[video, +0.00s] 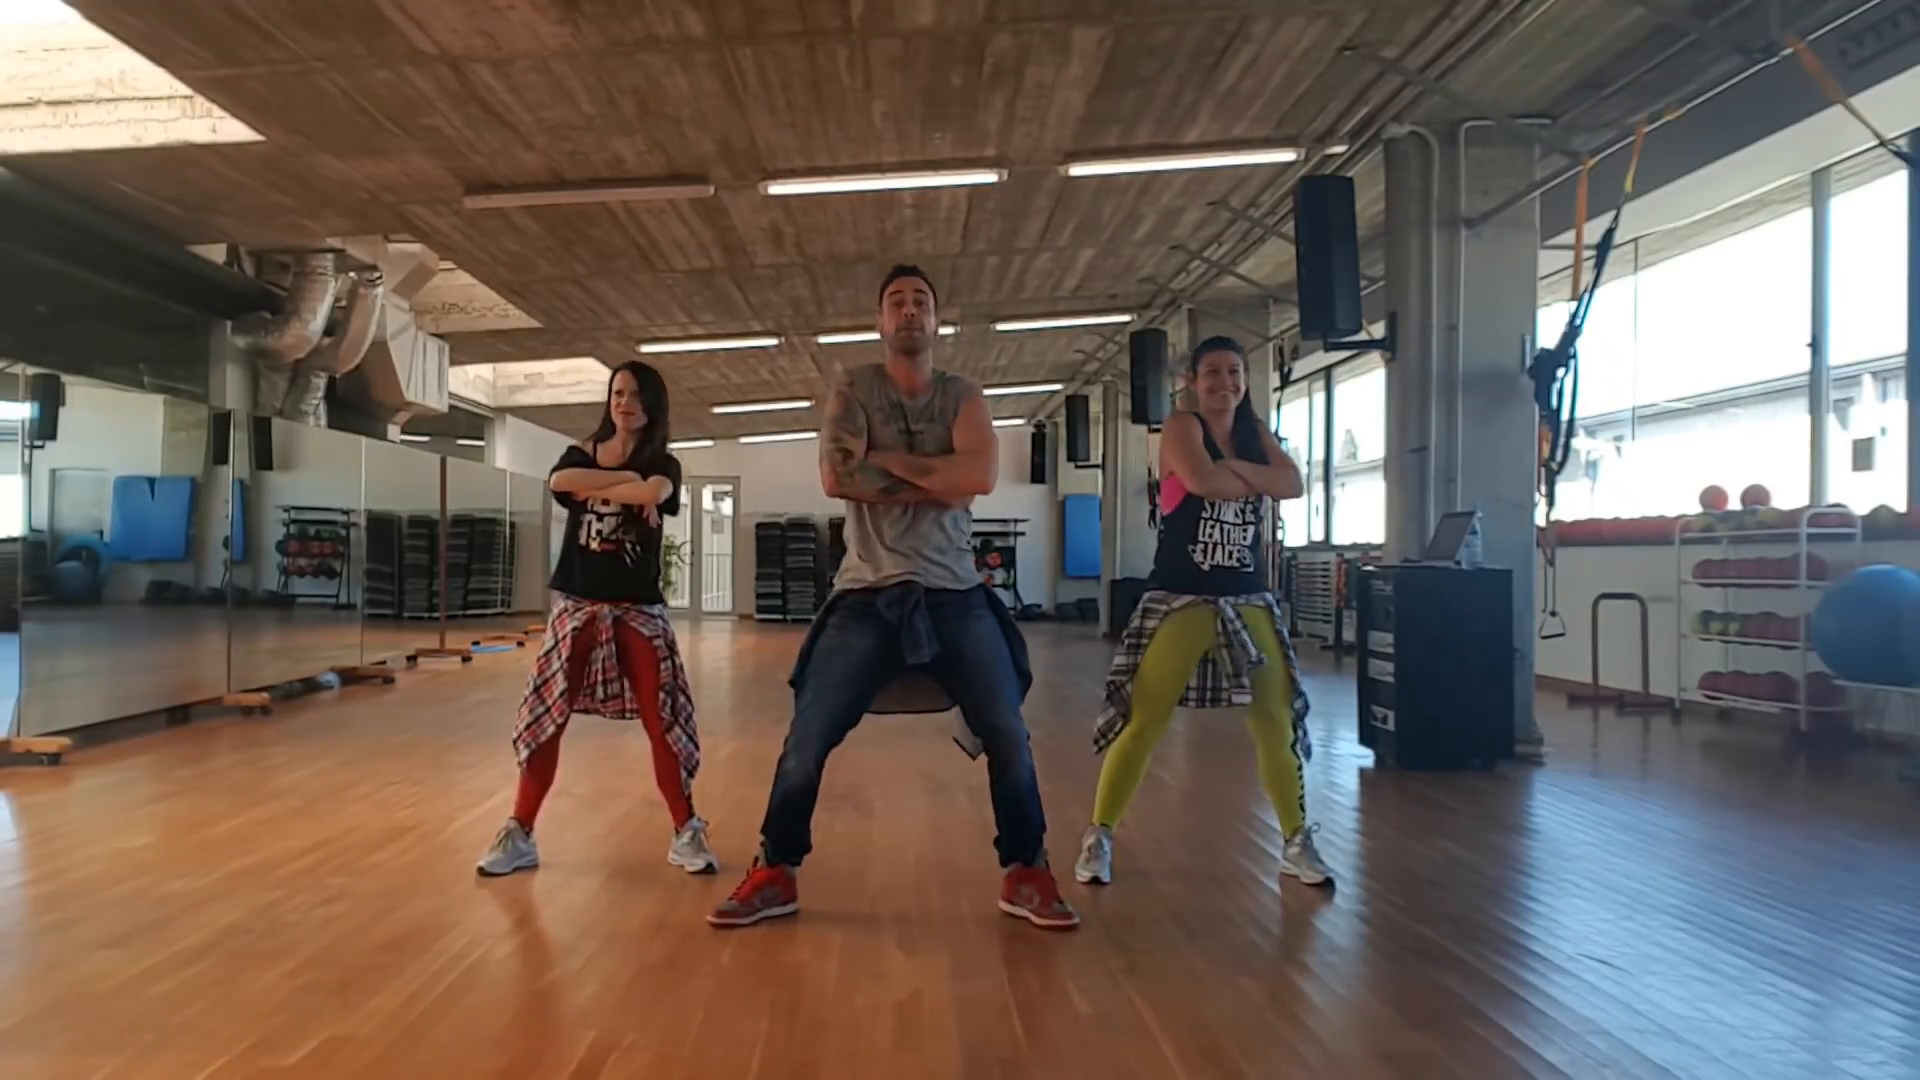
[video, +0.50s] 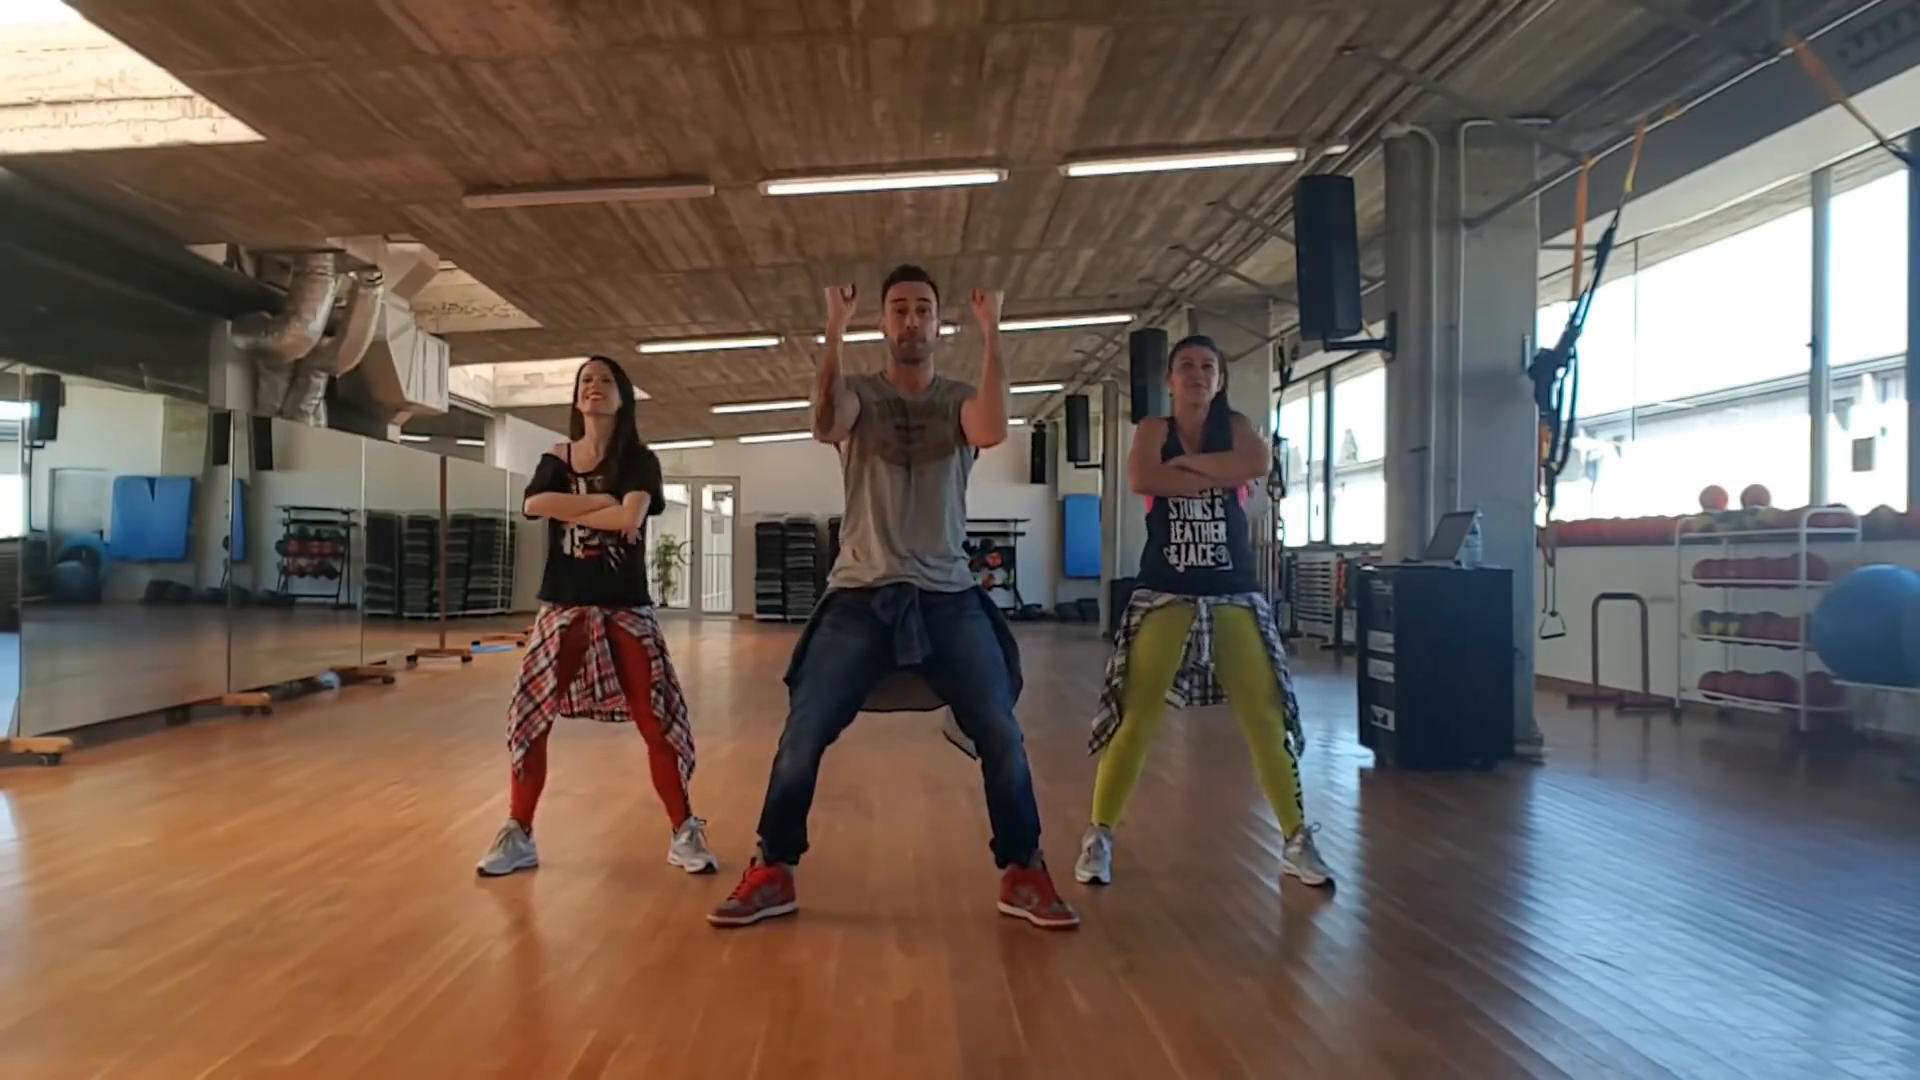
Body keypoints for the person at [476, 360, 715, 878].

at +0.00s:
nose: (624, 403)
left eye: (633, 395)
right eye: (617, 394)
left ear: (652, 404)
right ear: (608, 400)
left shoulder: (663, 463)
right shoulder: (584, 451)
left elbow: (651, 495)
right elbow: (559, 482)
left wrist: (589, 488)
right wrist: (633, 479)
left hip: (639, 605)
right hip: (576, 602)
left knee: (661, 719)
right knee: (547, 714)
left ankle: (687, 831)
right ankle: (520, 834)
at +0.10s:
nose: (634, 401)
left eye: (646, 397)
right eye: (629, 391)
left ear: (657, 412)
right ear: (614, 397)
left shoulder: (659, 465)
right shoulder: (578, 453)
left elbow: (646, 495)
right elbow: (557, 484)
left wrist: (585, 490)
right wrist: (630, 481)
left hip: (640, 605)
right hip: (577, 602)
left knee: (663, 719)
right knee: (547, 714)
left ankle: (687, 831)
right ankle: (520, 834)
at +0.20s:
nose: (622, 389)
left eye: (633, 384)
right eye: (615, 381)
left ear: (650, 401)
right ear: (603, 394)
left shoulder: (657, 458)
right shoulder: (575, 451)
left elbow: (643, 491)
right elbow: (554, 483)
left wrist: (583, 491)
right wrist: (626, 483)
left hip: (638, 604)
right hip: (575, 602)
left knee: (664, 720)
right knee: (545, 714)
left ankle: (687, 831)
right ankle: (519, 834)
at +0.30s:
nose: (605, 386)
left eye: (616, 380)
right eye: (598, 380)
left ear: (636, 395)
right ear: (588, 395)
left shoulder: (651, 456)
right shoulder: (569, 454)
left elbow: (636, 489)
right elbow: (547, 487)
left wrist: (578, 492)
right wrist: (621, 482)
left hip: (635, 602)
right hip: (573, 602)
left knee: (661, 719)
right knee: (543, 714)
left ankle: (688, 831)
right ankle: (519, 834)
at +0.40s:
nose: (599, 386)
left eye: (610, 380)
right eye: (591, 380)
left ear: (629, 395)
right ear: (581, 395)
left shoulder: (642, 455)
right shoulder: (559, 455)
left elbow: (631, 496)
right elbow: (538, 493)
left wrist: (571, 496)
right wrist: (606, 484)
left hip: (629, 603)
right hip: (568, 602)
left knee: (658, 719)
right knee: (539, 714)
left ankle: (687, 830)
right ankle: (519, 835)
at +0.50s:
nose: (595, 388)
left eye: (606, 382)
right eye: (587, 382)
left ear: (624, 397)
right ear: (577, 397)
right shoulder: (557, 456)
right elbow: (535, 504)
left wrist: (564, 510)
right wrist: (609, 505)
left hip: (625, 605)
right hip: (563, 604)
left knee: (656, 721)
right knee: (531, 714)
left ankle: (685, 831)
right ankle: (519, 835)